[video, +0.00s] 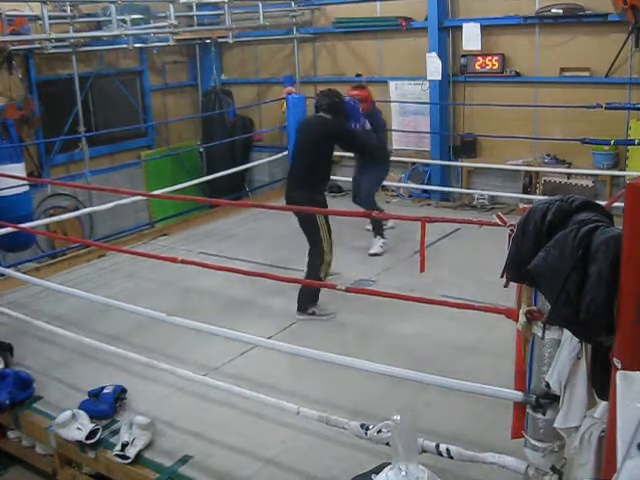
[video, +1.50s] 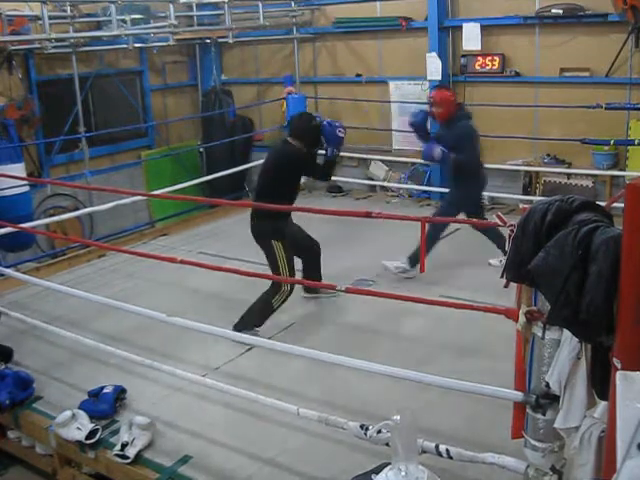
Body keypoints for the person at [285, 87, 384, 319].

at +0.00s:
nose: (344, 111)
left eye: (343, 108)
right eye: (342, 108)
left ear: (319, 107)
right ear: (337, 109)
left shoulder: (306, 124)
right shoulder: (331, 127)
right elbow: (360, 144)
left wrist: (357, 134)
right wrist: (366, 133)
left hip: (295, 194)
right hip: (310, 197)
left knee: (318, 244)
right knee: (323, 251)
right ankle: (307, 304)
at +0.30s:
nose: (338, 112)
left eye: (339, 108)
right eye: (337, 108)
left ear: (318, 103)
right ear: (329, 107)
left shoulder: (307, 117)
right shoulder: (319, 122)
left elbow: (335, 141)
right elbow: (338, 143)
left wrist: (342, 124)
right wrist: (345, 124)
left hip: (302, 183)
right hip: (293, 185)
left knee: (321, 227)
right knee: (312, 235)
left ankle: (318, 270)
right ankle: (271, 272)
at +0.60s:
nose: (320, 128)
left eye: (321, 123)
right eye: (319, 123)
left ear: (300, 116)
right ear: (309, 121)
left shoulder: (290, 129)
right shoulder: (293, 133)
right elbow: (316, 150)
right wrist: (330, 131)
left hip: (283, 192)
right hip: (268, 195)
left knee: (309, 229)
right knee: (272, 248)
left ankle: (317, 269)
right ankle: (240, 280)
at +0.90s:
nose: (300, 141)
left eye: (302, 136)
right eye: (299, 136)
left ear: (285, 127)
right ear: (288, 133)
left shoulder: (279, 137)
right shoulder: (265, 149)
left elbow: (299, 152)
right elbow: (296, 170)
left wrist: (314, 140)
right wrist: (314, 152)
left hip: (279, 191)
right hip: (260, 198)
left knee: (307, 222)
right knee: (271, 250)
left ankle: (321, 254)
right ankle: (241, 281)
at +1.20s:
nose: (322, 135)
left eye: (323, 131)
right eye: (320, 131)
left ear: (299, 127)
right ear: (311, 133)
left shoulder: (293, 142)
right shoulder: (294, 150)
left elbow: (318, 160)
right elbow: (325, 166)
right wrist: (337, 145)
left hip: (284, 205)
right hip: (266, 210)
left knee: (310, 243)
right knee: (287, 261)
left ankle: (313, 283)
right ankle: (243, 283)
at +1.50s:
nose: (319, 138)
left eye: (319, 133)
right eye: (317, 134)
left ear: (294, 132)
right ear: (308, 136)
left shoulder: (289, 149)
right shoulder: (293, 155)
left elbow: (319, 172)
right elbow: (324, 174)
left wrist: (330, 147)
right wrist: (333, 150)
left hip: (279, 220)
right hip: (269, 224)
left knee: (311, 248)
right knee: (284, 284)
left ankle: (313, 287)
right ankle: (242, 328)